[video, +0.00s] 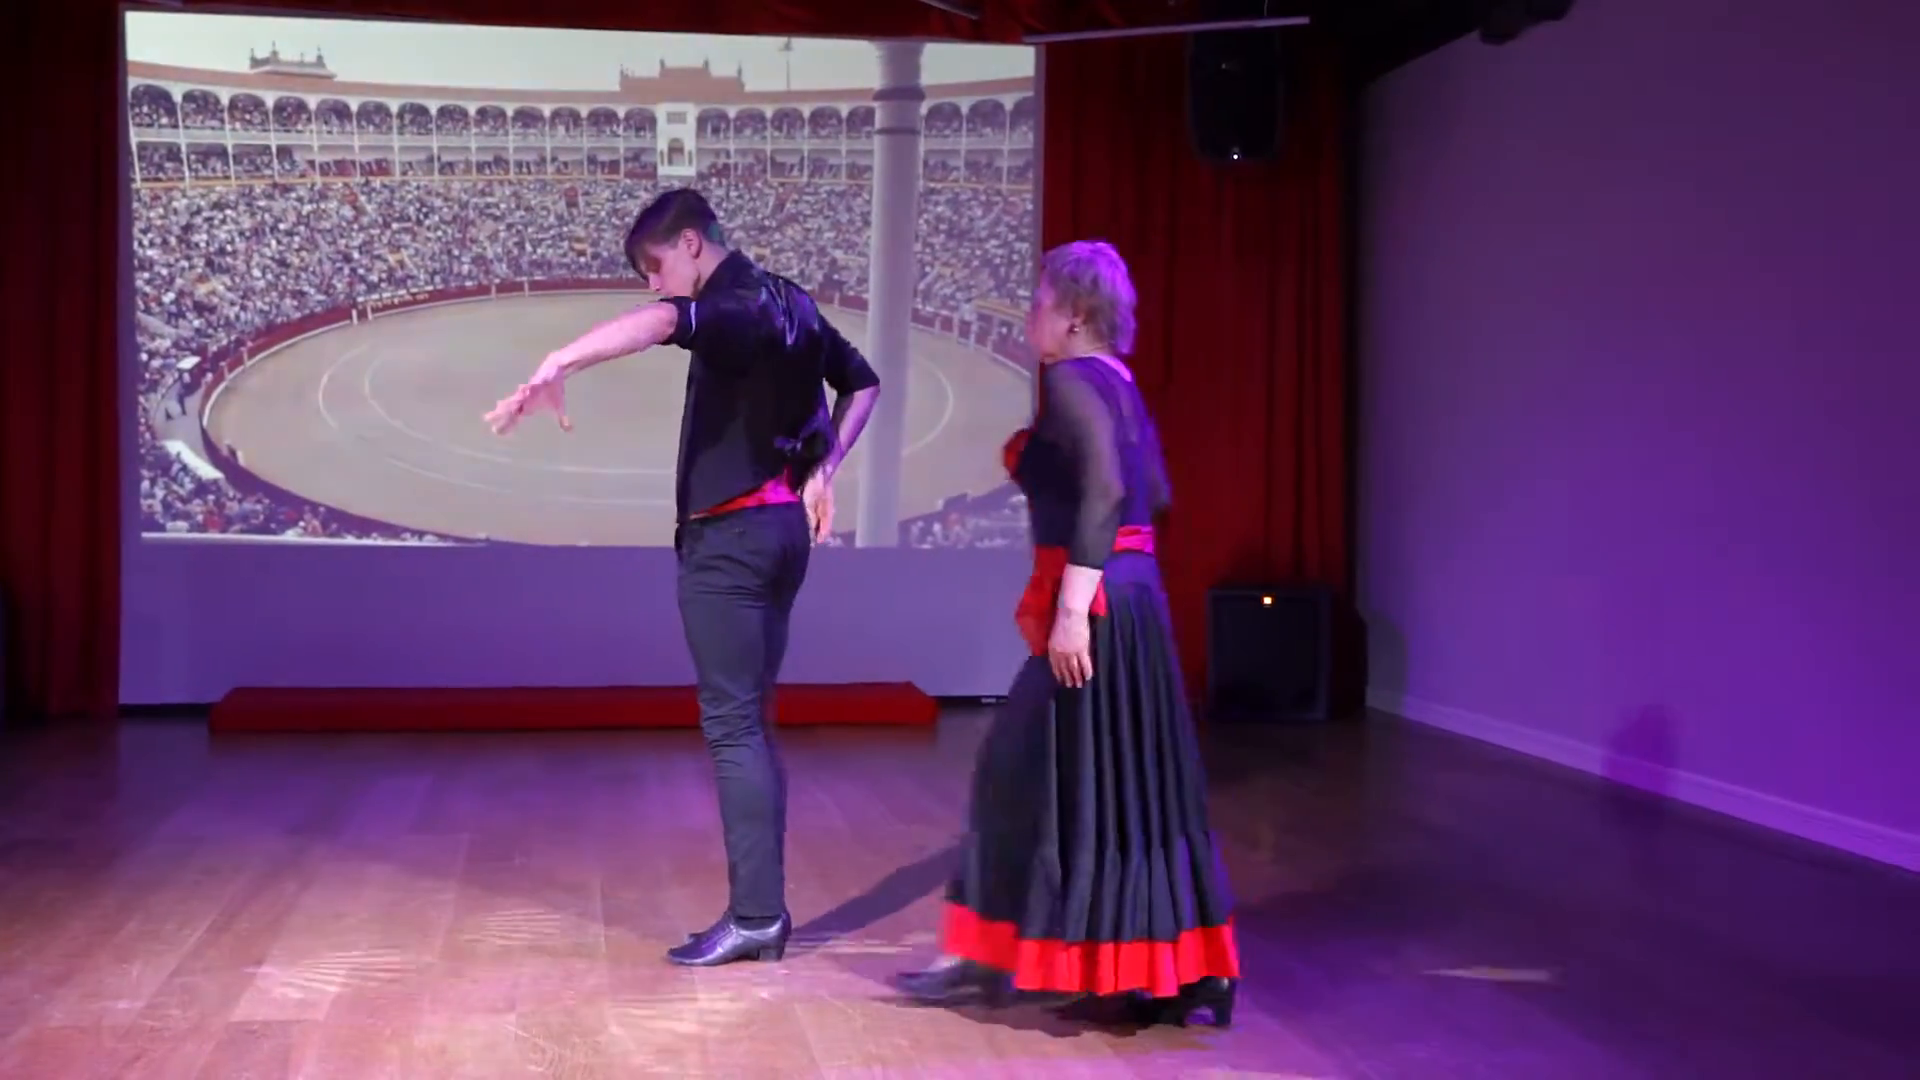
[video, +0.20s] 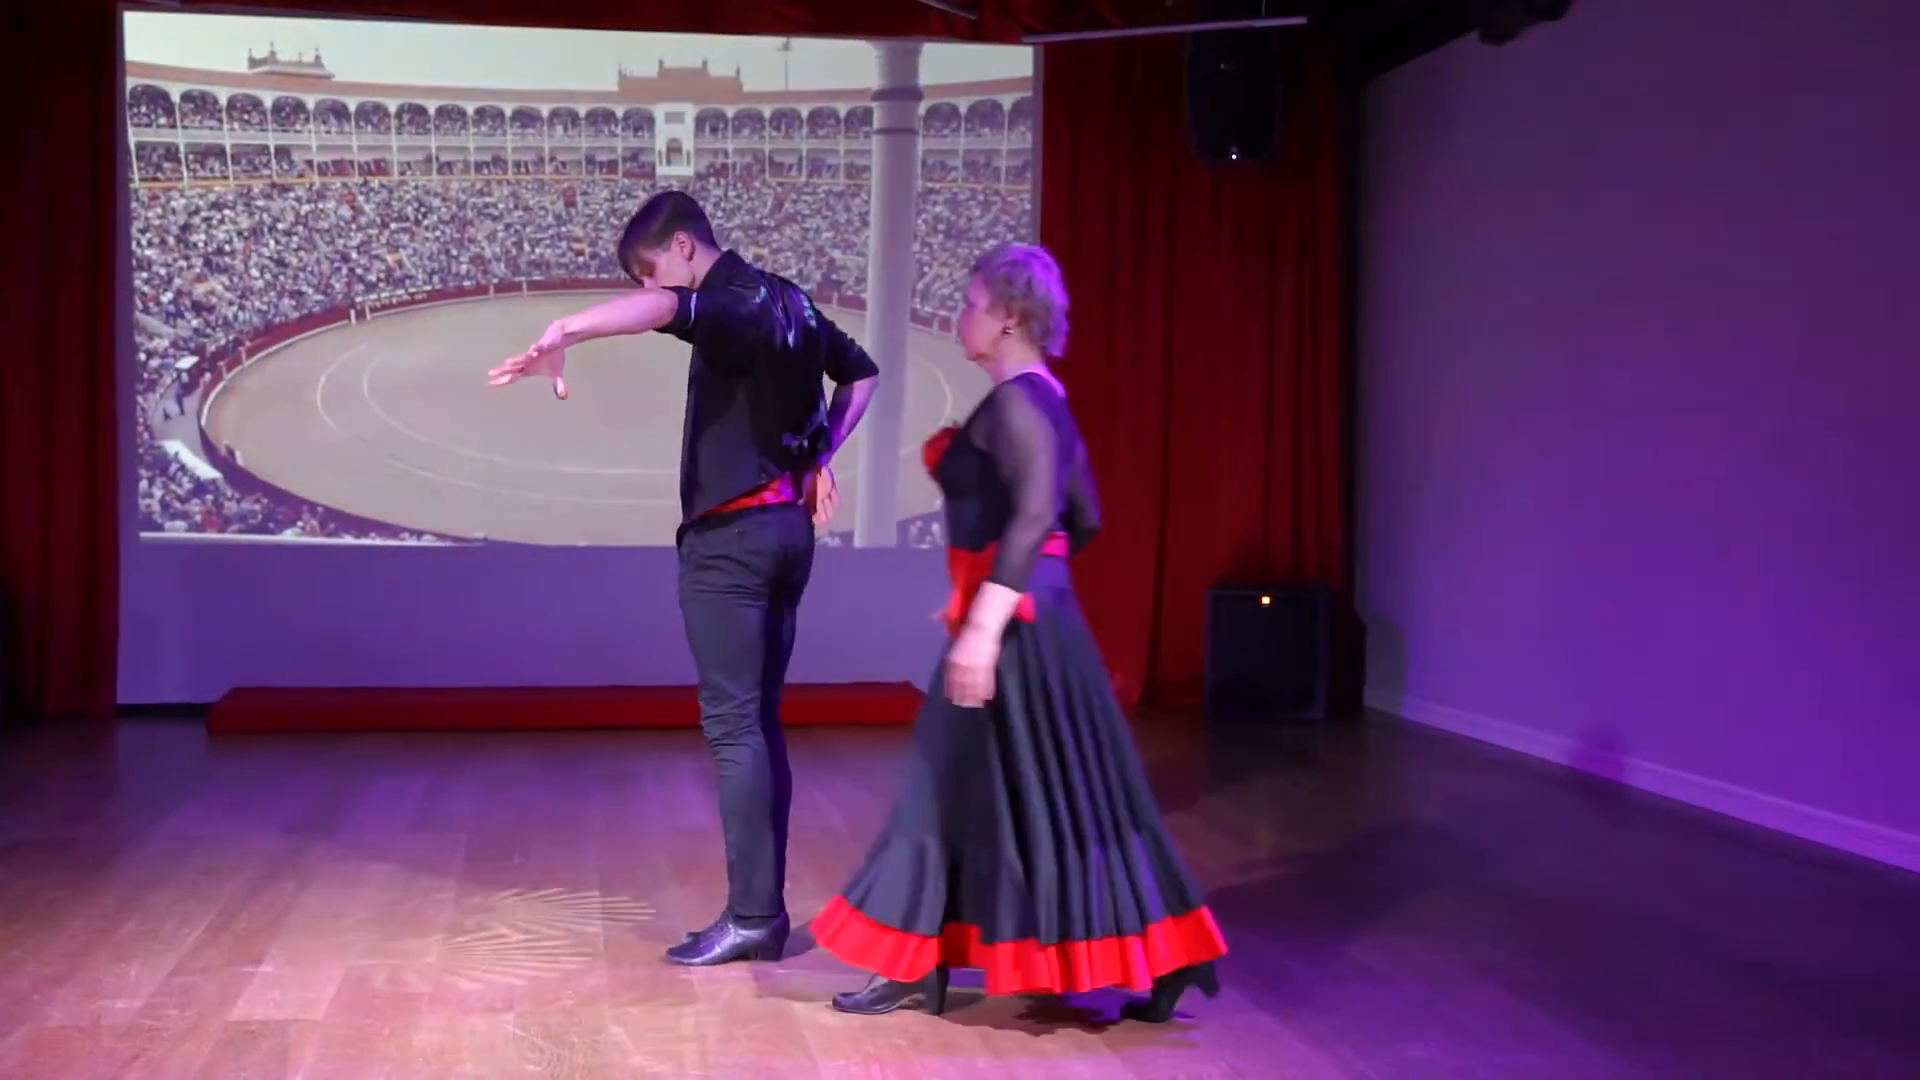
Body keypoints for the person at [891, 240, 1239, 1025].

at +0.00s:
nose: (1030, 318)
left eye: (1039, 304)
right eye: (1034, 303)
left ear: (1068, 311)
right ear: (1104, 315)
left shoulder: (1070, 382)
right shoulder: (1118, 385)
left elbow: (1100, 489)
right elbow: (1148, 493)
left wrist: (1073, 606)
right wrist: (1043, 468)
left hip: (1089, 602)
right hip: (1132, 598)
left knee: (1007, 766)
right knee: (1146, 776)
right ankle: (1189, 963)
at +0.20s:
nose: (960, 319)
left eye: (972, 304)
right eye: (965, 303)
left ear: (1008, 316)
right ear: (1029, 319)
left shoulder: (1017, 400)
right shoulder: (1044, 398)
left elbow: (1031, 516)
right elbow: (1079, 519)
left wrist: (985, 624)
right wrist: (985, 574)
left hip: (1003, 613)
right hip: (1043, 611)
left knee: (937, 778)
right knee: (1079, 782)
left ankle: (916, 959)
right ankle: (1150, 952)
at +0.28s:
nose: (928, 309)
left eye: (942, 296)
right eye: (936, 294)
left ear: (978, 311)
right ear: (991, 314)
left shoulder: (984, 396)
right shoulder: (1008, 395)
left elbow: (996, 512)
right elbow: (1046, 514)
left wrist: (927, 611)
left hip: (968, 609)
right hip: (990, 605)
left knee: (917, 779)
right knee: (1039, 779)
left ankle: (916, 961)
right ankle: (1129, 938)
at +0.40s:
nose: (893, 301)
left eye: (904, 289)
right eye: (898, 288)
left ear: (935, 303)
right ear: (952, 306)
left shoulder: (941, 390)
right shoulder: (963, 388)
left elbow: (947, 505)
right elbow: (997, 511)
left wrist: (839, 581)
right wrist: (885, 531)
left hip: (935, 600)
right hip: (948, 594)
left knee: (904, 771)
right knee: (971, 770)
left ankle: (914, 956)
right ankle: (1042, 945)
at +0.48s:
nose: (867, 301)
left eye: (877, 288)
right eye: (872, 287)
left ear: (908, 302)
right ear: (936, 305)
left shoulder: (912, 388)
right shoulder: (943, 385)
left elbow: (909, 503)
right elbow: (969, 507)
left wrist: (791, 552)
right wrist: (855, 501)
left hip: (908, 591)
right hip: (931, 584)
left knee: (887, 766)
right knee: (910, 765)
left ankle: (925, 960)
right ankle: (922, 957)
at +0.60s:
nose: (824, 297)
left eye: (837, 285)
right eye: (831, 283)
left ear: (873, 301)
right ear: (896, 305)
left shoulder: (871, 389)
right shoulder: (914, 387)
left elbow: (853, 500)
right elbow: (935, 503)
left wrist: (733, 495)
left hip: (866, 593)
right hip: (908, 587)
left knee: (802, 759)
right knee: (891, 770)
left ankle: (818, 962)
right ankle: (904, 963)